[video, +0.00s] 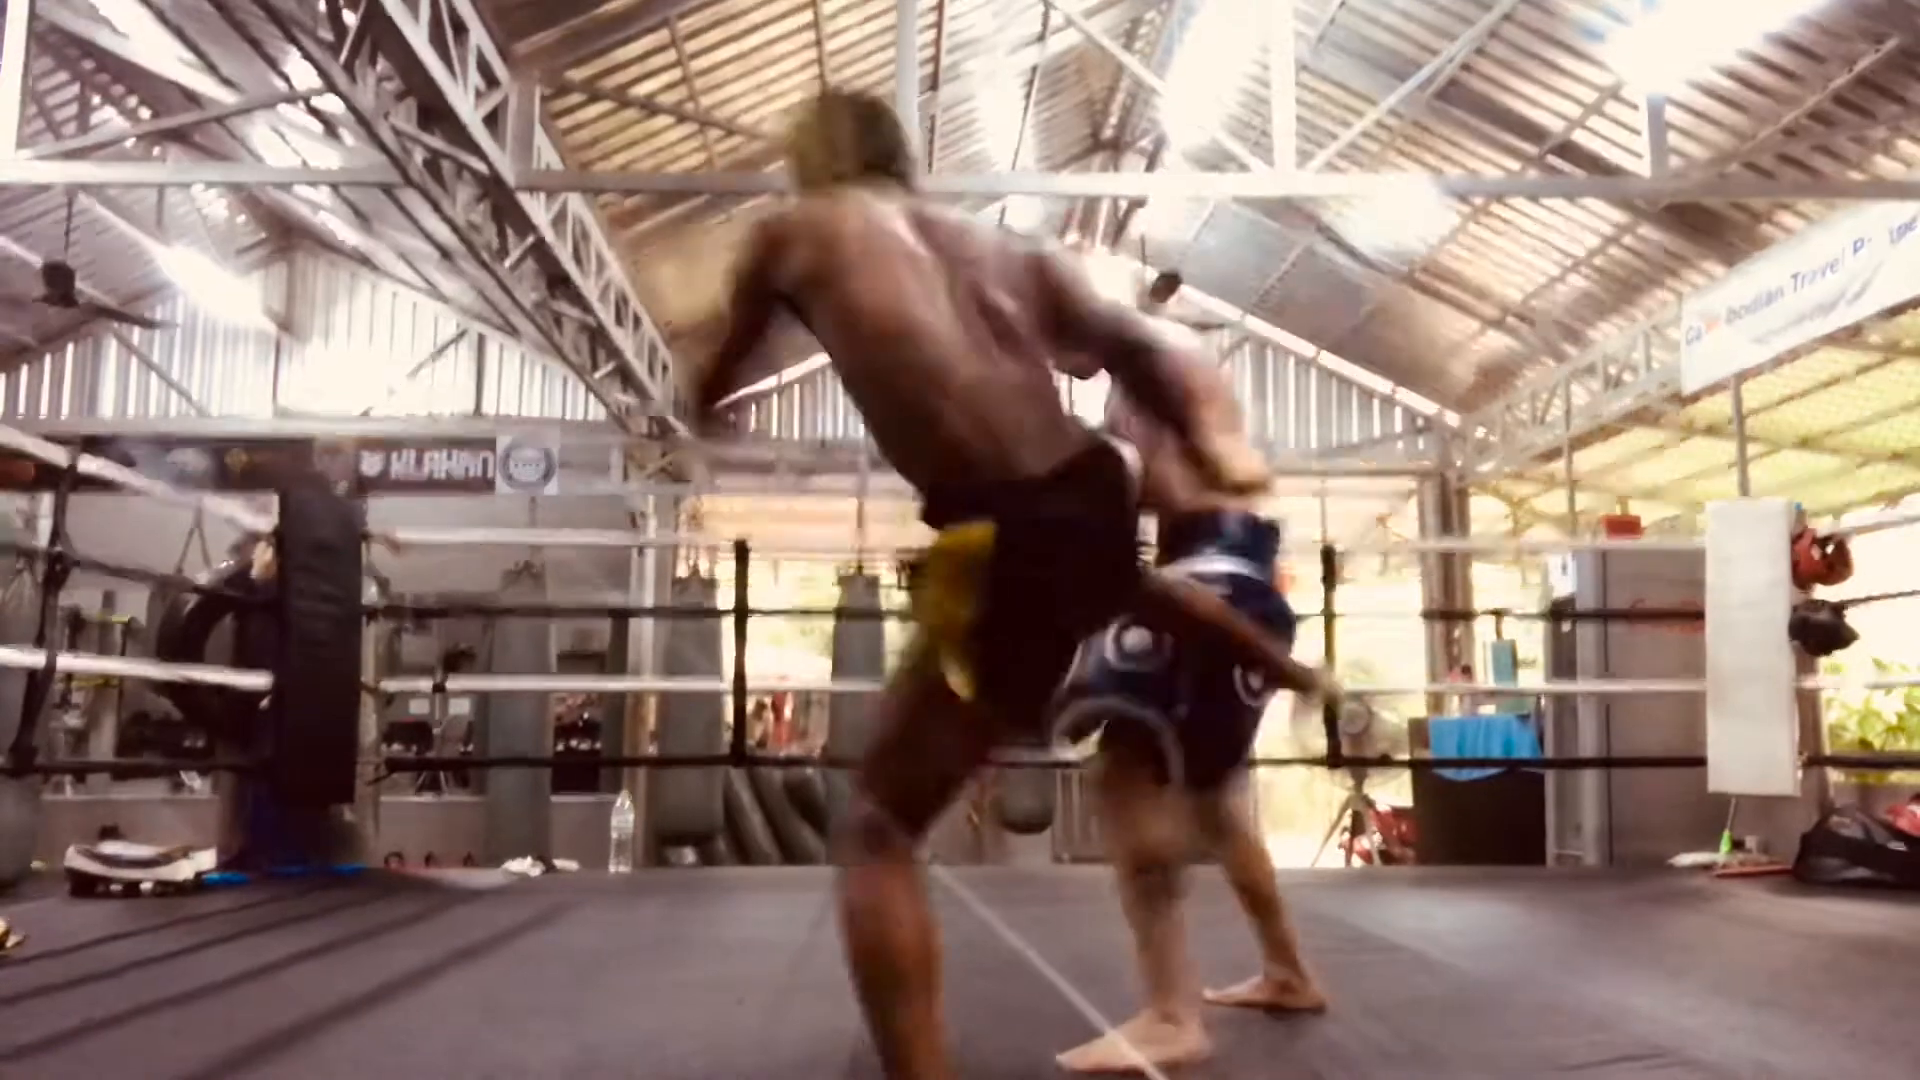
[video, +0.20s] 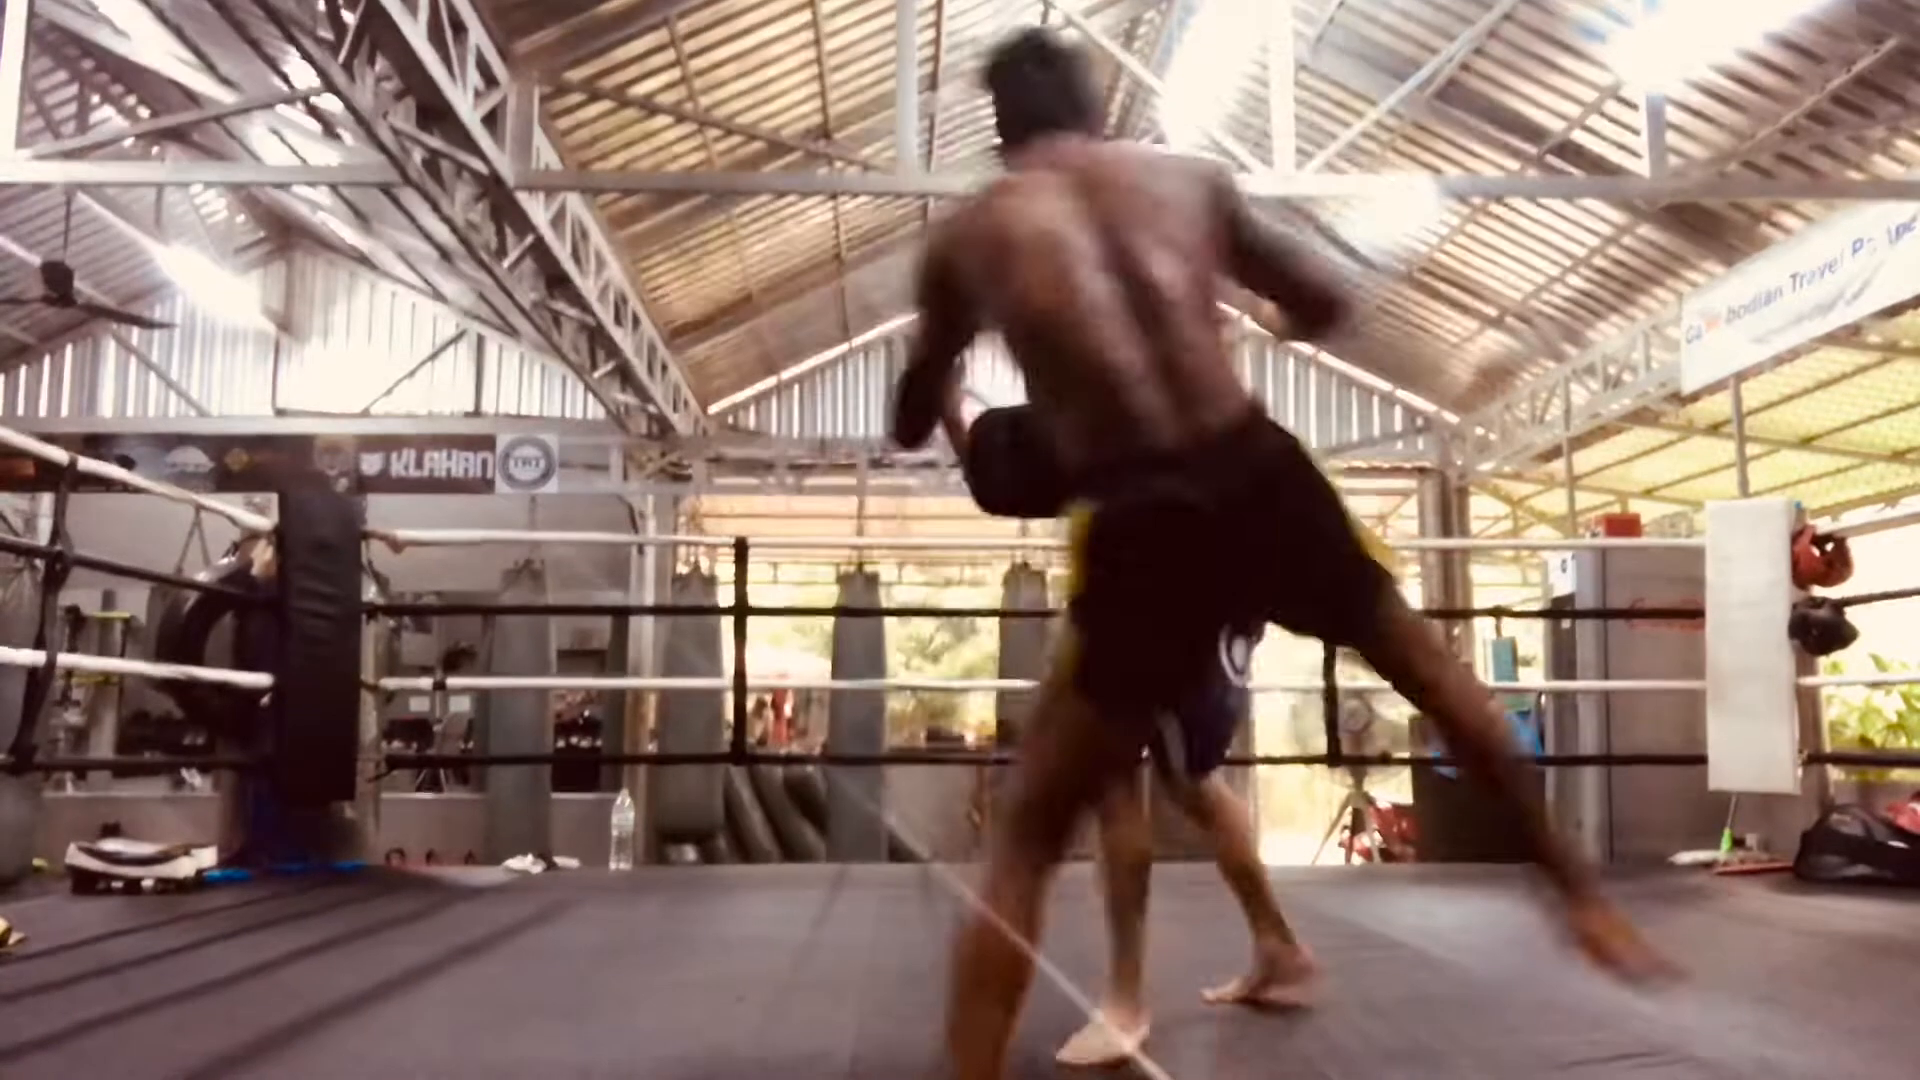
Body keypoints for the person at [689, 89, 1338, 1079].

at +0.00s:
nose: (791, 178)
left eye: (796, 163)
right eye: (797, 162)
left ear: (812, 164)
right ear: (897, 161)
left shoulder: (795, 231)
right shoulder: (993, 244)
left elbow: (710, 395)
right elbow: (1138, 347)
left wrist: (719, 352)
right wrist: (1212, 455)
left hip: (997, 546)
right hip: (1100, 493)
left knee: (875, 828)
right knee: (1129, 591)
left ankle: (920, 1067)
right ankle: (1304, 680)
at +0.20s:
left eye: (1001, 124)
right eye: (1084, 102)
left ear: (997, 124)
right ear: (1096, 105)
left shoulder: (967, 235)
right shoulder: (1186, 175)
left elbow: (914, 417)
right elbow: (1323, 299)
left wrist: (947, 398)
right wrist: (1263, 307)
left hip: (1142, 533)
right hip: (1267, 488)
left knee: (1027, 831)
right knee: (1434, 673)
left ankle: (969, 1066)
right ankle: (1583, 898)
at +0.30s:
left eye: (1140, 134)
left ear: (1136, 139)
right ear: (1229, 120)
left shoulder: (1108, 242)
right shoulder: (1326, 205)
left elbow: (988, 385)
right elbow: (1430, 349)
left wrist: (975, 423)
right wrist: (1319, 306)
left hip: (1236, 566)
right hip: (1373, 543)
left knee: (1100, 845)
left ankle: (993, 1071)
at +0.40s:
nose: (1302, 165)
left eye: (1304, 147)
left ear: (1313, 143)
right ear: (1414, 127)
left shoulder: (1283, 253)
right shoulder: (1491, 217)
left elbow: (1142, 351)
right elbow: (1540, 361)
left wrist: (1031, 422)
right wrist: (1490, 354)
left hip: (1354, 594)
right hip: (1499, 578)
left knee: (1199, 860)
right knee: (1718, 848)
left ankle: (1049, 1062)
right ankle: (1823, 1072)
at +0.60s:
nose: (1444, 114)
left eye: (1450, 95)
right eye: (1444, 97)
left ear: (1483, 79)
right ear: (1563, 77)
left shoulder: (1461, 163)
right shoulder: (1669, 176)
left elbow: (1338, 278)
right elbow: (1678, 366)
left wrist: (1236, 411)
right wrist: (1570, 305)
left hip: (1475, 488)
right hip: (1622, 485)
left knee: (1385, 780)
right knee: (1733, 810)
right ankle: (1832, 1067)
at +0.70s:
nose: (1471, 125)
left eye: (1473, 109)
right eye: (1468, 112)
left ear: (1513, 85)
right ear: (1582, 85)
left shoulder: (1488, 155)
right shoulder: (1689, 179)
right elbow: (1663, 311)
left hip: (1527, 483)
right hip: (1667, 477)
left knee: (1426, 763)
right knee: (1762, 822)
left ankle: (1541, 1049)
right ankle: (1845, 1069)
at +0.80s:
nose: (1478, 140)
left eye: (1483, 119)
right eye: (1476, 122)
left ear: (1523, 106)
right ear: (1590, 108)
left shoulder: (1513, 186)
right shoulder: (1685, 209)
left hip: (1569, 511)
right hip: (1704, 504)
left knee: (1492, 803)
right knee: (1774, 827)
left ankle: (1615, 1056)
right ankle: (1843, 1072)